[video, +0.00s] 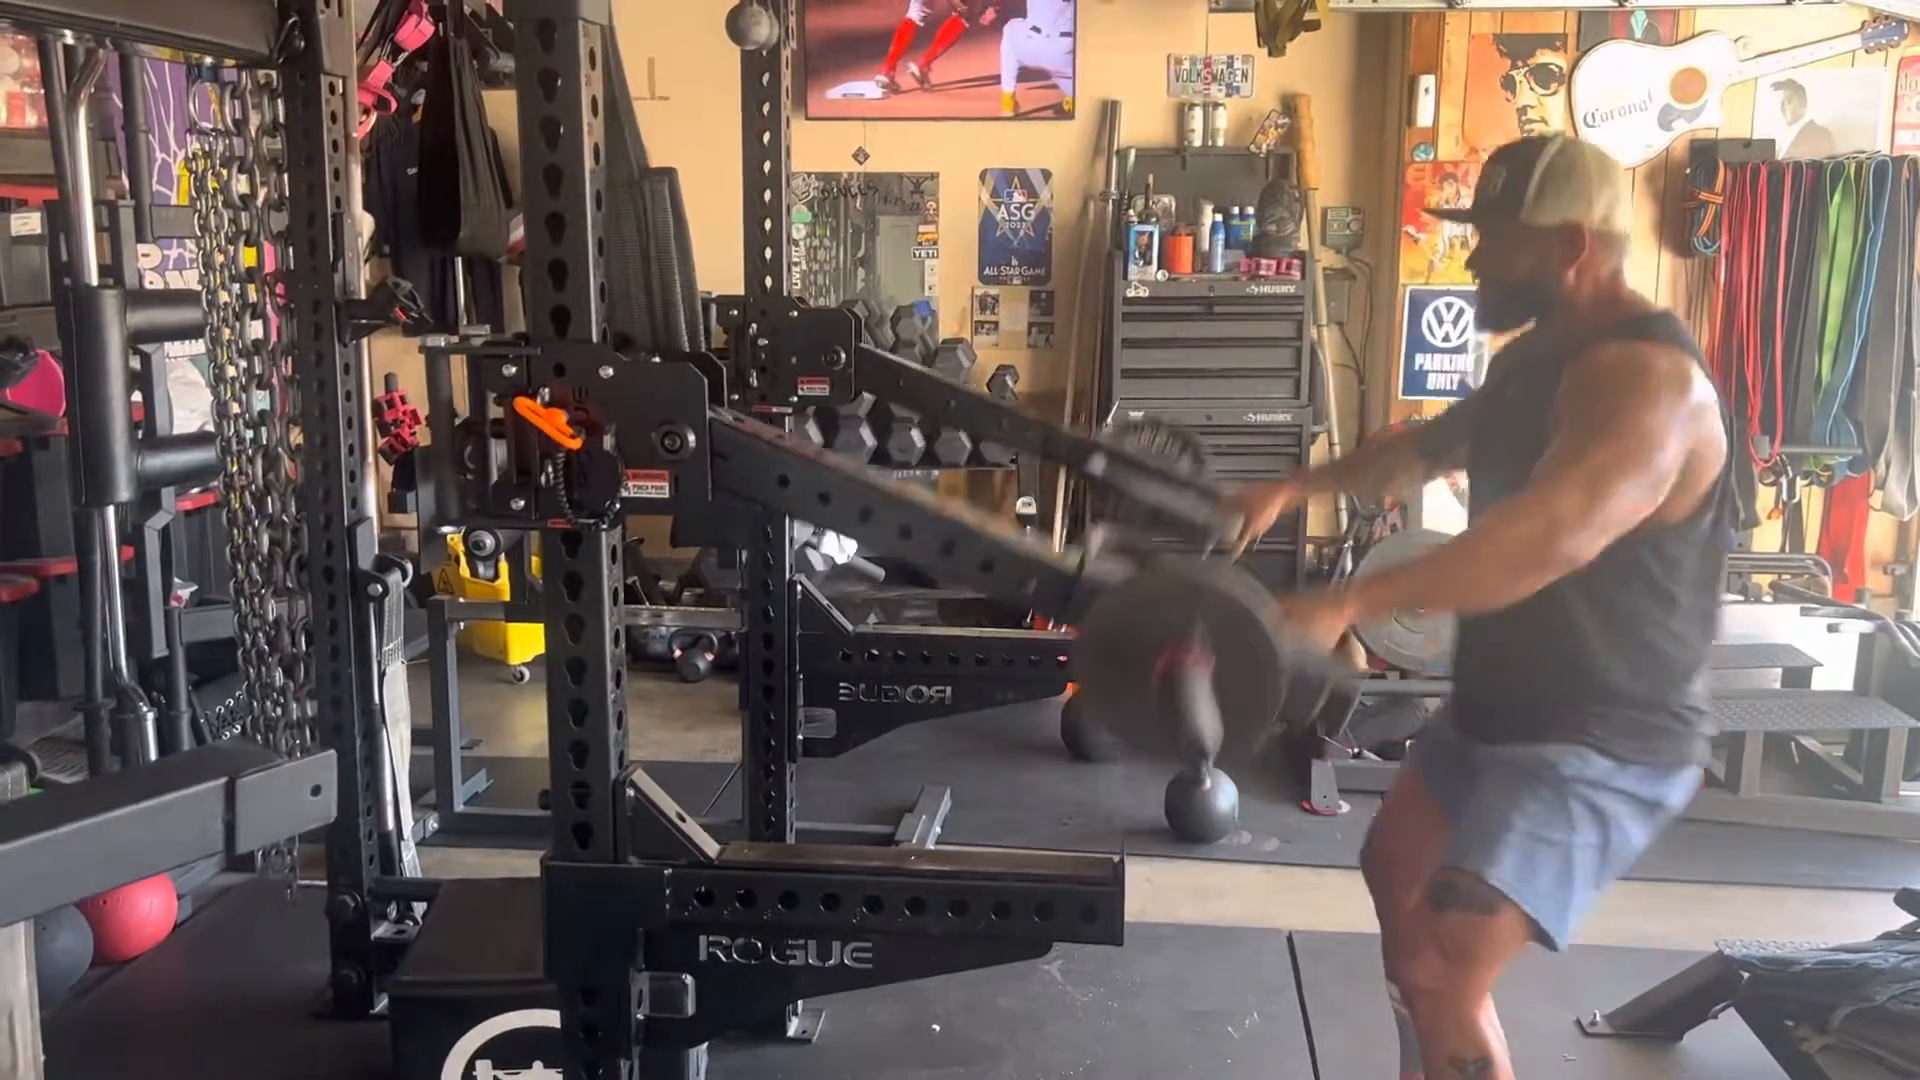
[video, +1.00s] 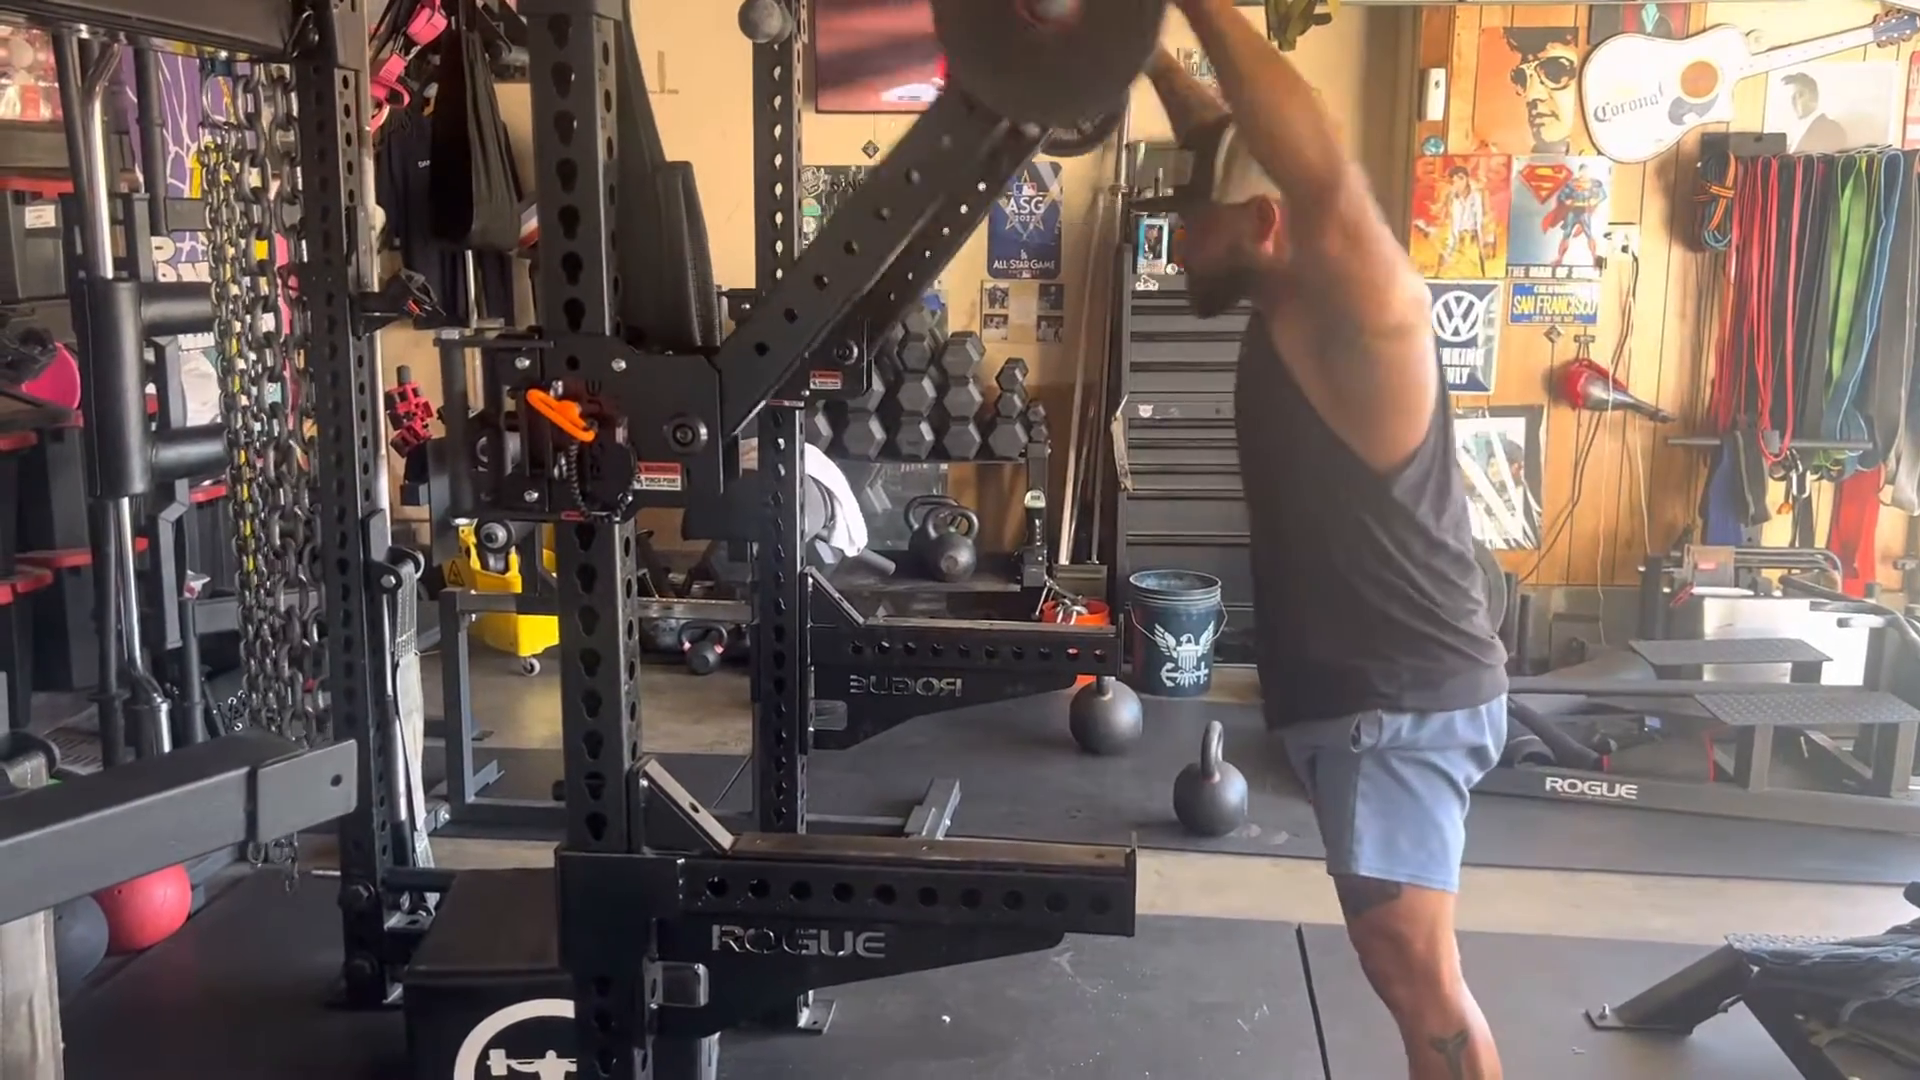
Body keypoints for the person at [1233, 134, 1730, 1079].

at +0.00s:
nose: (1474, 256)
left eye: (1492, 234)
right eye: (1476, 234)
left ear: (1572, 249)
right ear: (1567, 253)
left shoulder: (1647, 378)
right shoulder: (1533, 360)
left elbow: (1554, 535)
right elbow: (1422, 452)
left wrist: (1355, 602)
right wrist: (1294, 487)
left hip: (1602, 737)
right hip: (1496, 706)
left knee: (1441, 971)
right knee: (1395, 866)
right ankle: (1435, 1060)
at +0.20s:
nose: (1391, 223)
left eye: (1410, 202)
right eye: (1387, 200)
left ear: (1471, 198)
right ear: (1403, 194)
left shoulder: (1549, 308)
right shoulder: (1444, 298)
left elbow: (1619, 390)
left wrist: (1411, 312)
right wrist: (1286, 268)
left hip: (1447, 703)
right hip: (1387, 688)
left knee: (1418, 972)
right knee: (1408, 963)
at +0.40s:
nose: (1214, 265)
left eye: (1216, 241)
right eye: (1207, 249)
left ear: (1268, 211)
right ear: (1281, 214)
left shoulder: (1377, 294)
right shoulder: (1316, 310)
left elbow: (1406, 236)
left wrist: (1259, 68)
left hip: (1408, 701)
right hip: (1367, 695)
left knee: (1423, 970)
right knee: (1412, 963)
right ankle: (1439, 1072)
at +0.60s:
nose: (1149, 253)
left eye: (1164, 234)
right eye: (1148, 239)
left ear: (1224, 227)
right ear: (1224, 231)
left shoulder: (1306, 285)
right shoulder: (1258, 299)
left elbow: (1234, 129)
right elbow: (1164, 126)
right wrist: (1110, 41)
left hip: (1404, 692)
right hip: (1365, 686)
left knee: (1423, 966)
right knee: (1413, 956)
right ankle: (1446, 1066)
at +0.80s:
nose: (1135, 268)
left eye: (1157, 249)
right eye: (1150, 252)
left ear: (1206, 247)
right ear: (1208, 250)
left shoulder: (1286, 285)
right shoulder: (1264, 304)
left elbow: (1206, 130)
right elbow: (1188, 127)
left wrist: (1122, 1)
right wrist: (1116, 31)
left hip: (1397, 695)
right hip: (1368, 690)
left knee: (1416, 970)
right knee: (1410, 964)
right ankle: (1448, 1064)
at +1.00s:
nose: (1178, 241)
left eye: (1196, 217)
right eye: (1183, 220)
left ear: (1261, 219)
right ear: (1258, 221)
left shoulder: (1347, 282)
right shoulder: (1294, 290)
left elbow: (1315, 153)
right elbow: (1210, 129)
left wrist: (1194, 0)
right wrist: (1143, 45)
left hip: (1399, 696)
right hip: (1362, 692)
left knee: (1413, 969)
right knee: (1404, 959)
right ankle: (1438, 1067)